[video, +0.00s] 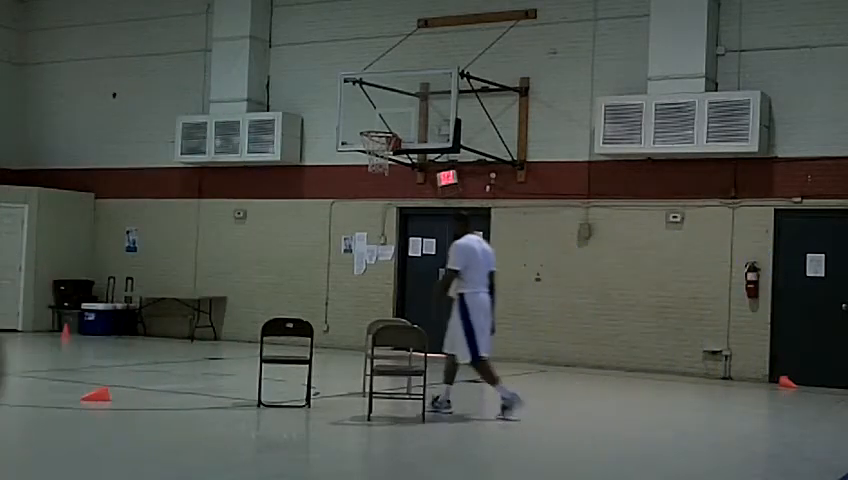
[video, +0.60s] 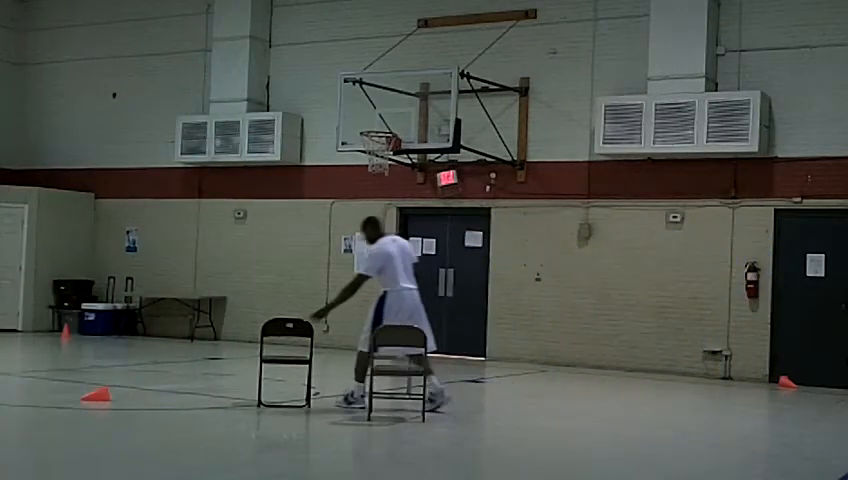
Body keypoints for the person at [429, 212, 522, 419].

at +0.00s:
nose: (453, 229)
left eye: (454, 225)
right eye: (454, 224)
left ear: (460, 225)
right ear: (471, 225)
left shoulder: (459, 245)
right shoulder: (486, 246)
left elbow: (451, 275)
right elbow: (491, 283)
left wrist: (439, 292)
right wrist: (491, 317)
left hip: (466, 298)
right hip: (482, 298)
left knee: (473, 354)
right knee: (452, 350)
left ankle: (506, 395)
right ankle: (444, 398)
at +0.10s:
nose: (441, 228)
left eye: (443, 224)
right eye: (443, 224)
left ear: (448, 225)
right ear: (459, 225)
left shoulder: (448, 244)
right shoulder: (473, 245)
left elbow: (438, 272)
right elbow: (477, 274)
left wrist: (432, 289)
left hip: (452, 296)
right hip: (469, 296)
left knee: (446, 351)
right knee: (450, 350)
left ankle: (480, 385)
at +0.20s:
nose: (430, 227)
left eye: (431, 223)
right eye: (431, 222)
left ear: (435, 222)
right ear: (447, 222)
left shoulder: (437, 241)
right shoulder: (462, 242)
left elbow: (428, 271)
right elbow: (467, 271)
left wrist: (420, 286)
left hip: (441, 295)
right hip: (458, 294)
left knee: (428, 345)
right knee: (444, 346)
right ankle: (444, 394)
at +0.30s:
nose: (414, 230)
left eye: (415, 225)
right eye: (415, 225)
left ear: (421, 224)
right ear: (432, 222)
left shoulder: (425, 241)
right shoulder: (450, 240)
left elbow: (412, 275)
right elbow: (454, 269)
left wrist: (392, 301)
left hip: (429, 293)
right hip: (449, 293)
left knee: (405, 336)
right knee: (440, 347)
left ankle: (410, 389)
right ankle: (443, 397)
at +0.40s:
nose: (398, 228)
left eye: (400, 224)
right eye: (399, 224)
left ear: (406, 224)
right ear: (418, 222)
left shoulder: (410, 244)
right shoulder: (438, 242)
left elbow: (394, 278)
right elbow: (443, 273)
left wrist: (368, 304)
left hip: (417, 295)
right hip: (438, 294)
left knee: (395, 340)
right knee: (437, 349)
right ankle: (443, 398)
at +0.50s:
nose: (383, 235)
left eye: (384, 231)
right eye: (383, 231)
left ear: (392, 228)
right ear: (402, 227)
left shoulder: (396, 247)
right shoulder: (421, 242)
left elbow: (375, 281)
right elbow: (430, 267)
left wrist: (348, 304)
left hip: (405, 299)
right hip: (426, 297)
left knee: (383, 347)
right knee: (431, 349)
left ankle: (362, 392)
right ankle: (441, 396)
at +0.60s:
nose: (364, 238)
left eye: (364, 233)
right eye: (363, 234)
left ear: (369, 232)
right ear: (381, 229)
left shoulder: (378, 249)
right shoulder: (404, 243)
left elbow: (354, 285)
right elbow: (415, 264)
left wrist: (327, 308)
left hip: (391, 298)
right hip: (413, 297)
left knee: (366, 345)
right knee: (413, 346)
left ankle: (358, 393)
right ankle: (436, 388)